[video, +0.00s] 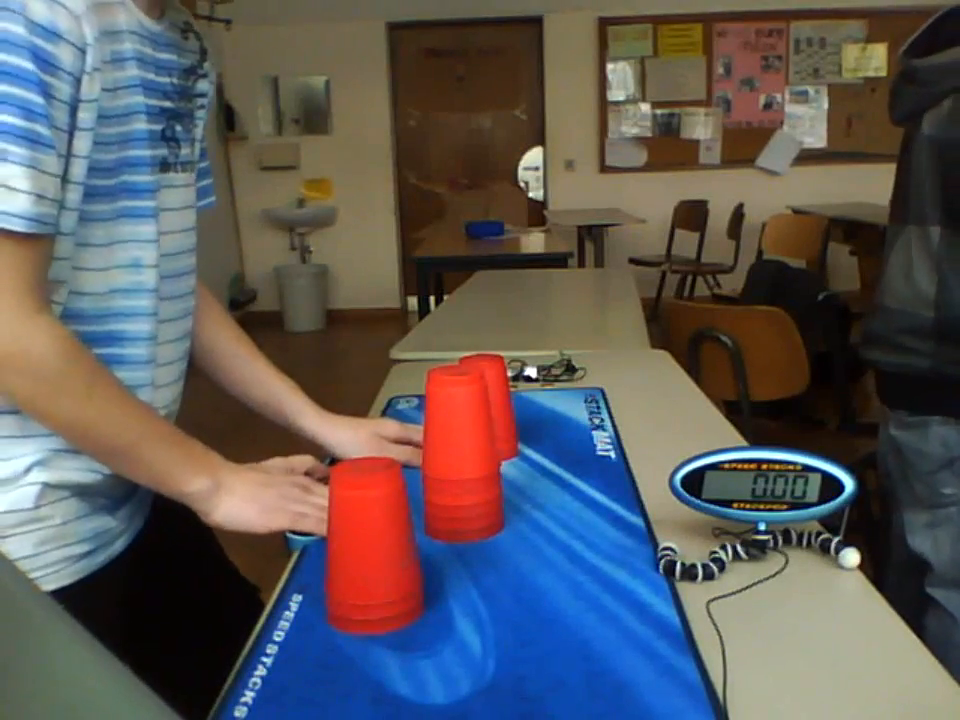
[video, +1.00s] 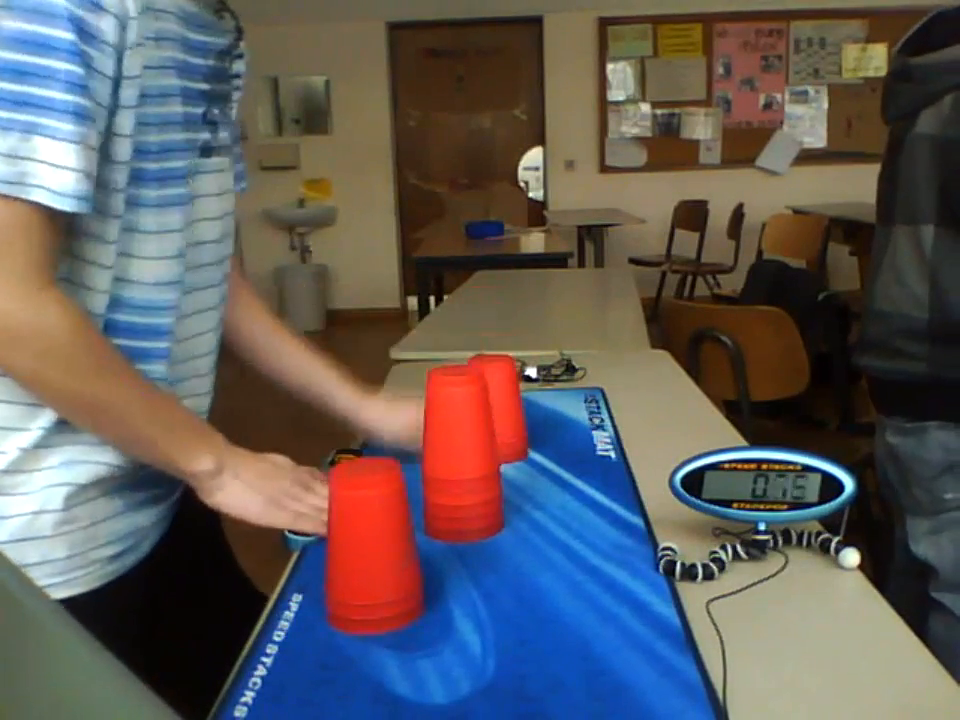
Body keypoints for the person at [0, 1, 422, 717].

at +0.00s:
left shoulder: (186, 49)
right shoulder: (38, 22)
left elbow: (172, 282)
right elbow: (10, 323)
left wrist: (319, 422)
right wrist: (211, 481)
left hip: (141, 511)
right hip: (39, 556)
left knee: (278, 685)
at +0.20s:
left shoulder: (178, 36)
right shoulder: (64, 18)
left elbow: (169, 279)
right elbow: (102, 312)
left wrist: (341, 388)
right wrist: (343, 394)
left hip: (137, 487)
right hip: (41, 539)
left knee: (265, 684)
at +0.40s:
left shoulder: (161, 29)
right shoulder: (108, 24)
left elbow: (196, 286)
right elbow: (195, 307)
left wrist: (374, 339)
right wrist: (413, 313)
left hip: (138, 482)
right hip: (55, 536)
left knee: (282, 679)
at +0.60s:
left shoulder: (198, 26)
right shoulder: (113, 25)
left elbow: (196, 235)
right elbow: (98, 310)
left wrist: (367, 306)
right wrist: (312, 411)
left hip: (159, 487)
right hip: (62, 536)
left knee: (273, 679)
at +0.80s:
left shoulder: (222, 29)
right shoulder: (87, 13)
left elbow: (199, 259)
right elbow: (9, 282)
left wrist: (376, 342)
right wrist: (213, 449)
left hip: (176, 505)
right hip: (54, 552)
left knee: (278, 696)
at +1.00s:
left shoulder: (215, 30)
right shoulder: (59, 14)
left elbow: (214, 277)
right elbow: (13, 298)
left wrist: (366, 409)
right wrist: (215, 462)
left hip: (169, 516)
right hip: (53, 561)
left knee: (286, 695)